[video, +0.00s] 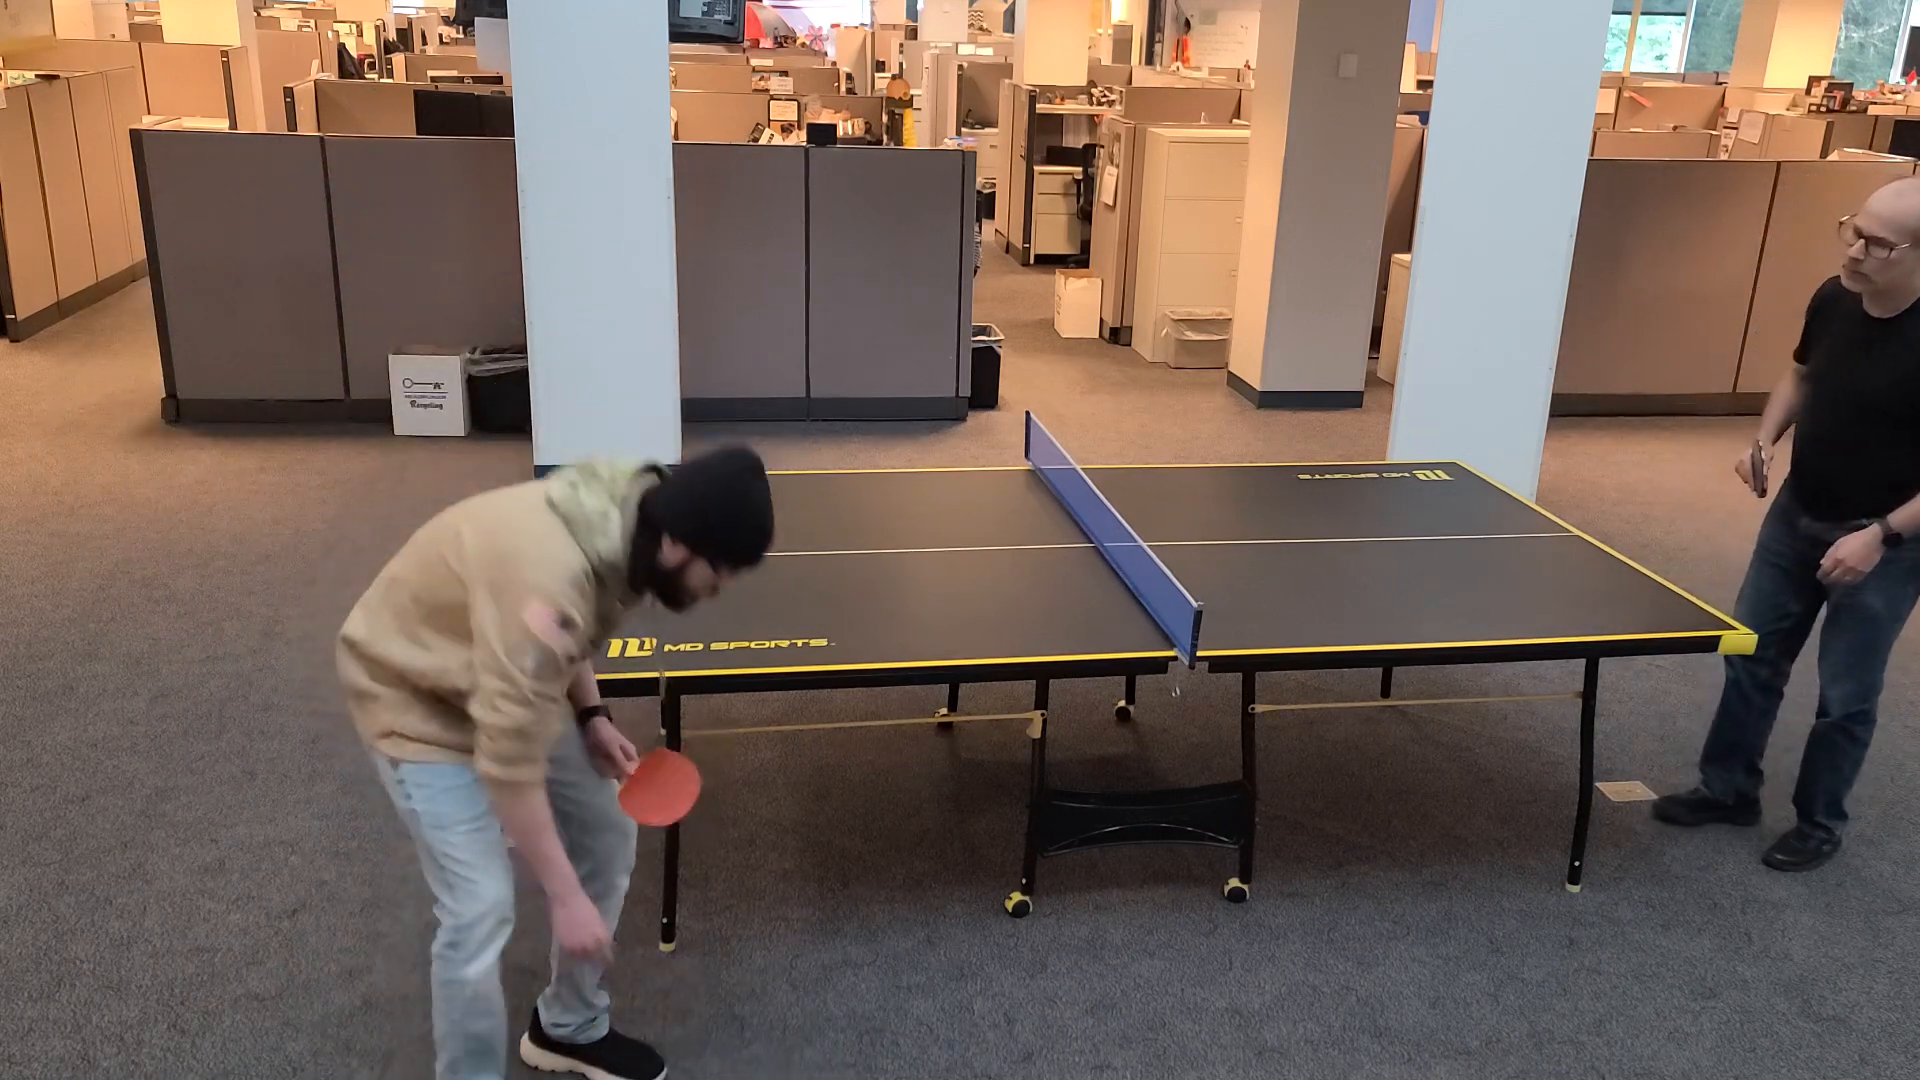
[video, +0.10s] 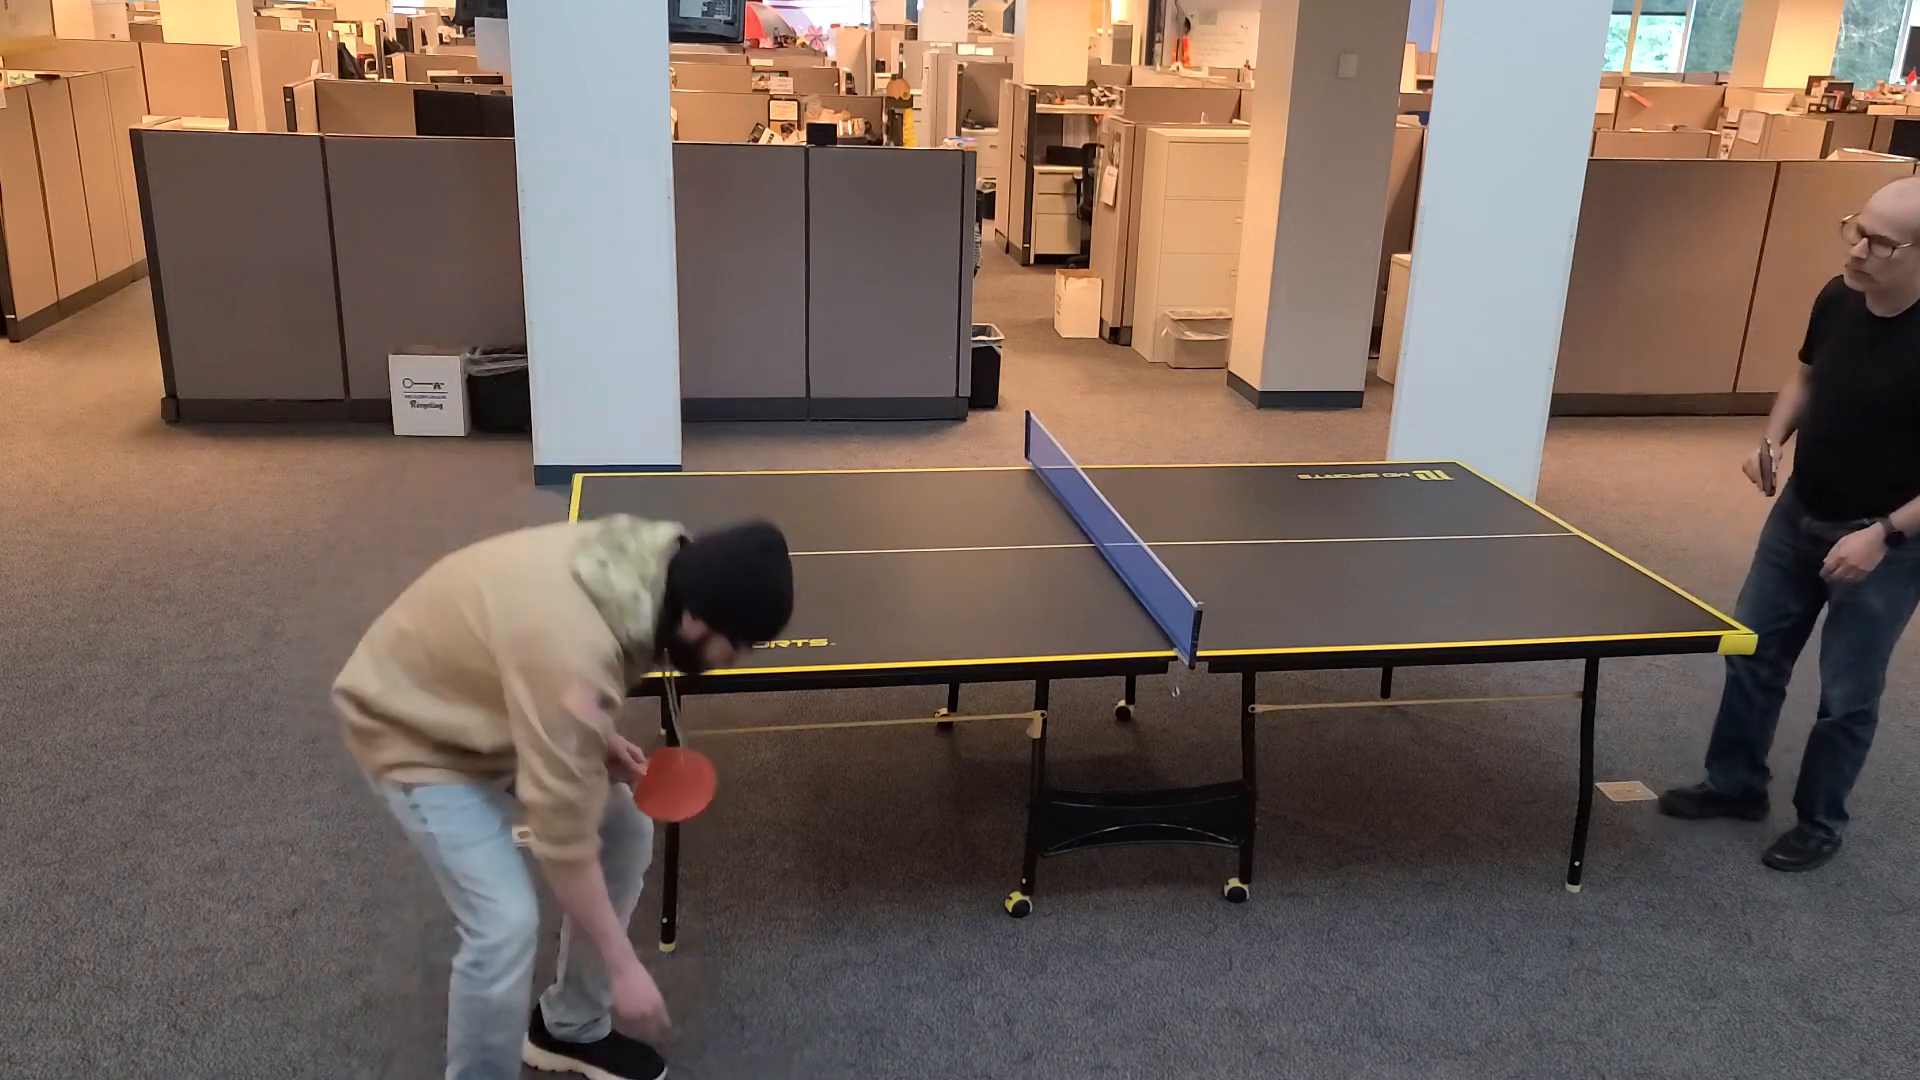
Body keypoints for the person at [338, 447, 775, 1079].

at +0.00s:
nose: (718, 589)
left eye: (728, 575)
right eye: (718, 571)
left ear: (675, 541)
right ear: (678, 546)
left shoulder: (628, 524)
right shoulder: (548, 575)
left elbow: (568, 632)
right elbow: (510, 766)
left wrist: (593, 717)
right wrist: (568, 897)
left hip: (514, 680)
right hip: (416, 694)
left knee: (608, 834)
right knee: (483, 903)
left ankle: (568, 1025)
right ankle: (470, 1071)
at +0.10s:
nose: (730, 659)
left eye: (741, 647)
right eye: (735, 643)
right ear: (698, 621)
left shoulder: (645, 563)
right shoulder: (568, 645)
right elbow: (561, 841)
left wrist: (595, 732)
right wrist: (624, 970)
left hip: (499, 711)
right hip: (407, 727)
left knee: (625, 829)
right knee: (507, 919)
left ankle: (572, 1023)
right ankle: (476, 1068)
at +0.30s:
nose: (743, 763)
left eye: (752, 754)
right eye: (751, 752)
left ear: (724, 656)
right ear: (727, 736)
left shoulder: (650, 620)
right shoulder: (605, 771)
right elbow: (625, 941)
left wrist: (662, 795)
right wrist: (681, 1066)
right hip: (395, 783)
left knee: (608, 864)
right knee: (551, 954)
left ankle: (575, 1032)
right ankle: (485, 1076)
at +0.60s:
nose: (752, 674)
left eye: (765, 661)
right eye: (763, 660)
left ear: (720, 581)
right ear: (741, 652)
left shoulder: (652, 569)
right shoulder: (621, 699)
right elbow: (610, 876)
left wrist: (646, 738)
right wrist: (648, 982)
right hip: (412, 757)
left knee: (599, 838)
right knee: (553, 948)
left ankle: (576, 1023)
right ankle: (488, 1069)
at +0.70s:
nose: (756, 592)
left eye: (767, 576)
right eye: (763, 574)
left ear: (709, 516)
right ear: (730, 565)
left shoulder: (642, 517)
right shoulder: (618, 619)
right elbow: (639, 791)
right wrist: (753, 844)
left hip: (505, 710)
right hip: (423, 728)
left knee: (615, 840)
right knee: (535, 938)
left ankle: (574, 1026)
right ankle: (484, 1070)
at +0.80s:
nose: (752, 511)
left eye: (757, 495)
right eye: (752, 494)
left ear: (694, 475)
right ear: (711, 489)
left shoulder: (610, 477)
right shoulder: (601, 541)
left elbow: (549, 613)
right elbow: (679, 699)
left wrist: (596, 716)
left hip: (513, 693)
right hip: (435, 707)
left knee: (604, 837)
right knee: (524, 917)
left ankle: (568, 1025)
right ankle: (481, 1069)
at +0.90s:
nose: (736, 432)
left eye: (739, 416)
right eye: (732, 415)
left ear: (672, 406)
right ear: (682, 413)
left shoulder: (602, 456)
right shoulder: (570, 476)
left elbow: (561, 605)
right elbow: (676, 628)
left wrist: (599, 711)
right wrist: (799, 610)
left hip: (527, 676)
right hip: (442, 683)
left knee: (595, 837)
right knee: (510, 909)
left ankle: (567, 1024)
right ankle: (475, 1069)